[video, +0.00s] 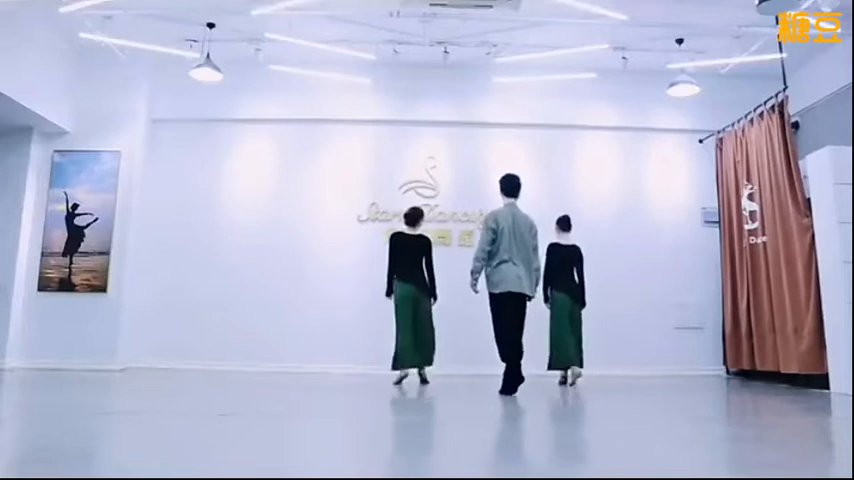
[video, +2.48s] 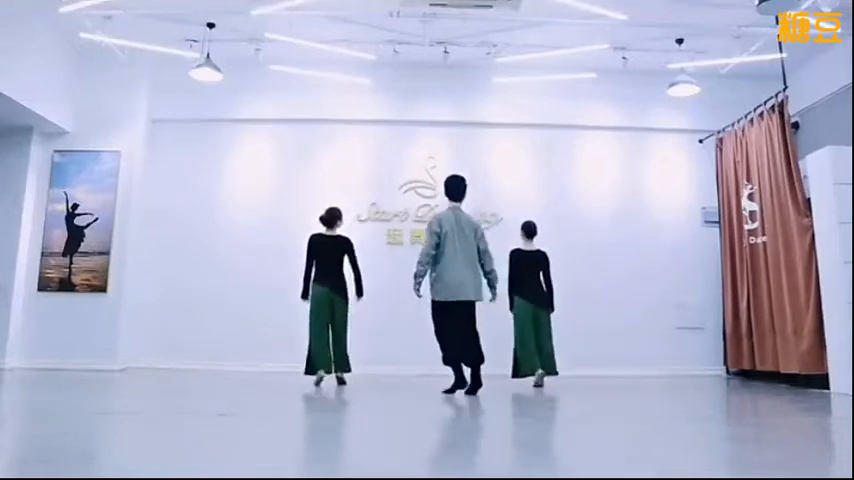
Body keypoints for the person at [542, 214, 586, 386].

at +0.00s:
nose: (556, 230)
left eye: (556, 227)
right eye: (560, 227)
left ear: (556, 228)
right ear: (570, 229)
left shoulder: (552, 248)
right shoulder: (576, 249)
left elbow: (547, 273)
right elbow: (581, 277)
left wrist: (546, 293)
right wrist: (583, 298)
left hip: (558, 292)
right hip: (573, 293)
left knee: (561, 331)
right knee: (573, 330)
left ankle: (565, 368)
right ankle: (574, 365)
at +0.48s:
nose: (550, 229)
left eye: (549, 226)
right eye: (554, 227)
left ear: (546, 227)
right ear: (560, 228)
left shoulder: (539, 248)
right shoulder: (566, 249)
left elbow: (536, 272)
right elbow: (570, 275)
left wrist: (534, 293)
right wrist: (572, 297)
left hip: (545, 292)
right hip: (562, 293)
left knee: (549, 330)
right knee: (561, 330)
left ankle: (556, 368)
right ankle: (558, 368)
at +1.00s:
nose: (541, 229)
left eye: (539, 226)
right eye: (545, 226)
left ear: (537, 227)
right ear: (551, 228)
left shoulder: (529, 247)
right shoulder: (556, 249)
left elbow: (525, 272)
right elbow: (560, 275)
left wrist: (523, 292)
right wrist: (562, 296)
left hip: (535, 291)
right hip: (553, 292)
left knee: (538, 329)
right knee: (551, 329)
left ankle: (546, 366)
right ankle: (547, 367)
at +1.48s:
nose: (535, 229)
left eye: (533, 226)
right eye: (538, 226)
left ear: (530, 227)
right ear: (544, 228)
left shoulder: (523, 247)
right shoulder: (551, 248)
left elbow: (519, 272)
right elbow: (555, 274)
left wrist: (518, 293)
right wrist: (556, 296)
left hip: (530, 291)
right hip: (547, 292)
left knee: (532, 329)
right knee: (545, 328)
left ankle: (538, 367)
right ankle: (541, 366)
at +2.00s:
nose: (531, 229)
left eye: (530, 226)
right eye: (535, 226)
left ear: (527, 227)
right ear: (542, 228)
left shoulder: (520, 247)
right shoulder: (547, 248)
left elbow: (515, 272)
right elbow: (552, 275)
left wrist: (513, 293)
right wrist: (554, 296)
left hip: (527, 292)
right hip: (544, 293)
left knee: (529, 330)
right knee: (542, 330)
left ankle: (536, 367)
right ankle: (538, 368)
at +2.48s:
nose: (522, 234)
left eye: (522, 232)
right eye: (525, 232)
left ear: (521, 234)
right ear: (536, 234)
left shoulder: (515, 254)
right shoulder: (542, 255)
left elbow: (511, 280)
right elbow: (548, 281)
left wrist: (511, 302)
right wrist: (551, 302)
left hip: (522, 299)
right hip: (540, 299)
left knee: (526, 335)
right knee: (542, 334)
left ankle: (537, 369)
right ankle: (542, 371)